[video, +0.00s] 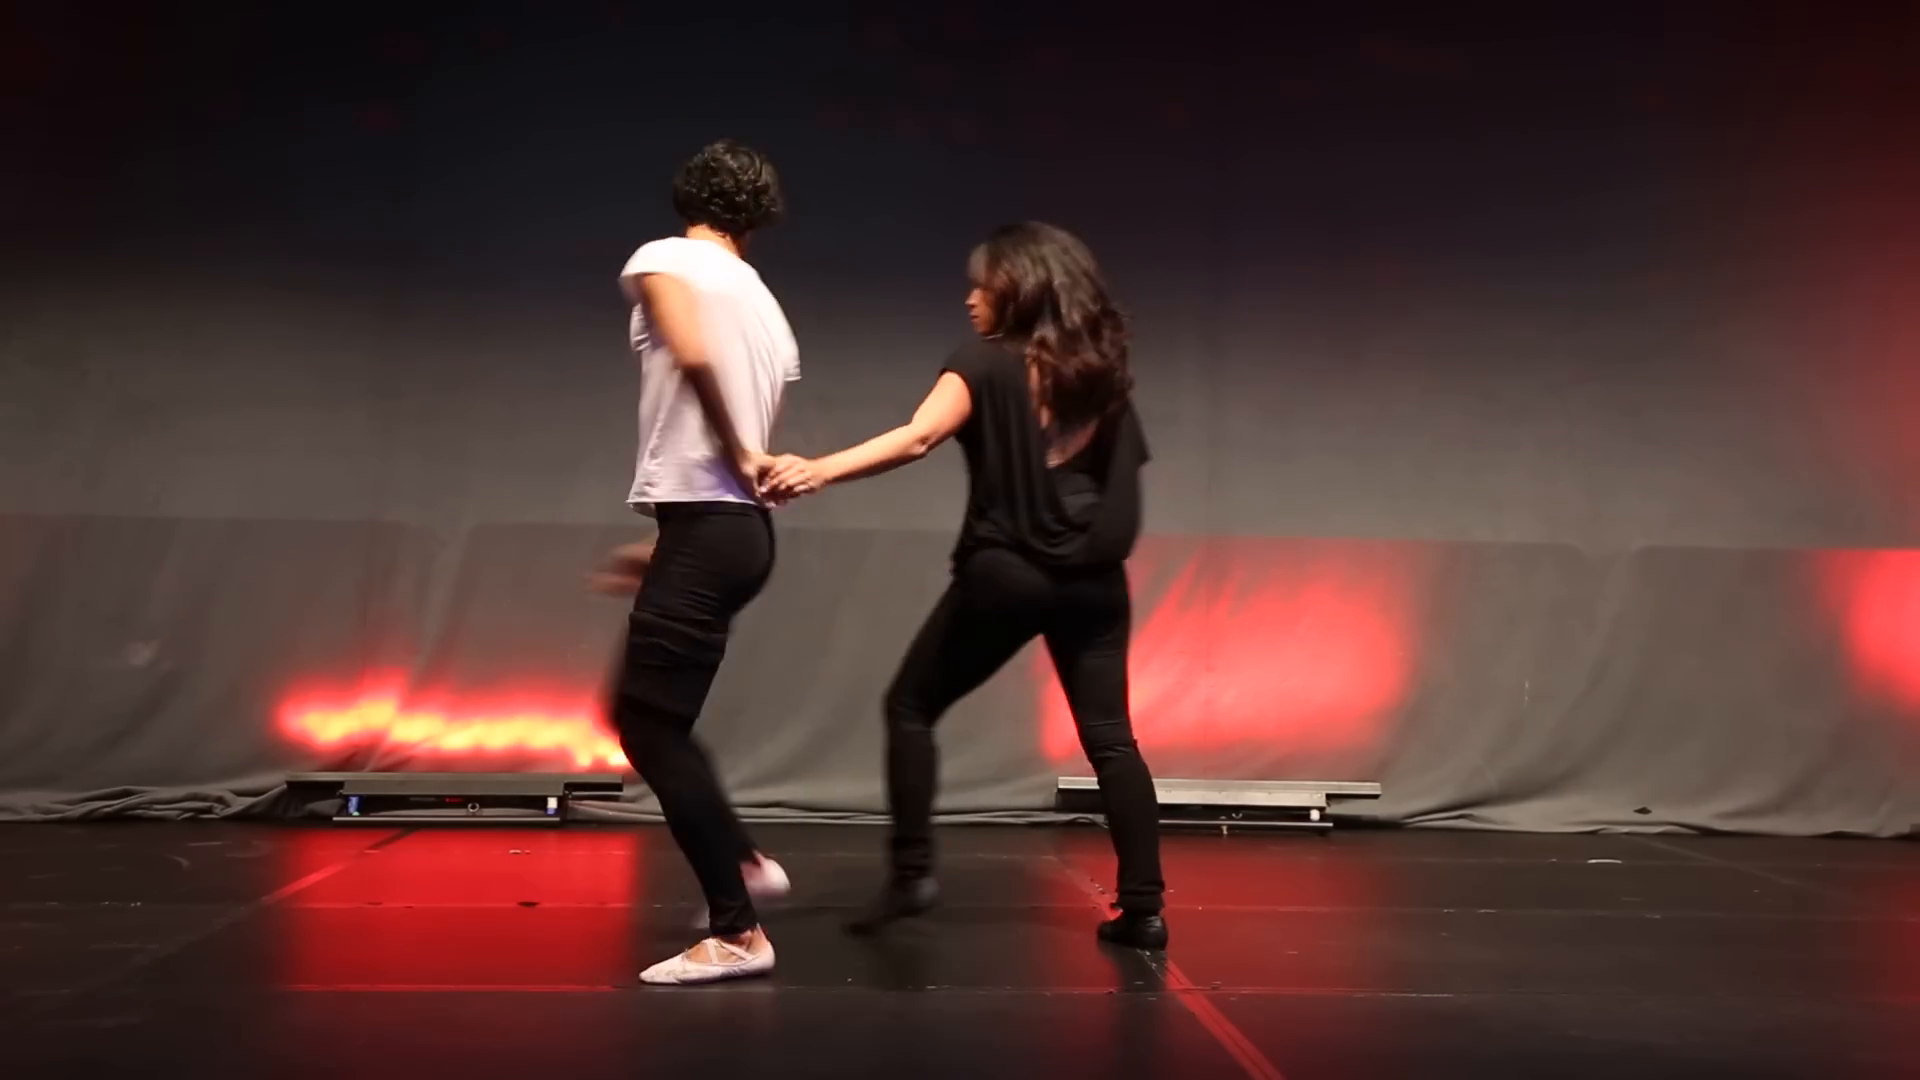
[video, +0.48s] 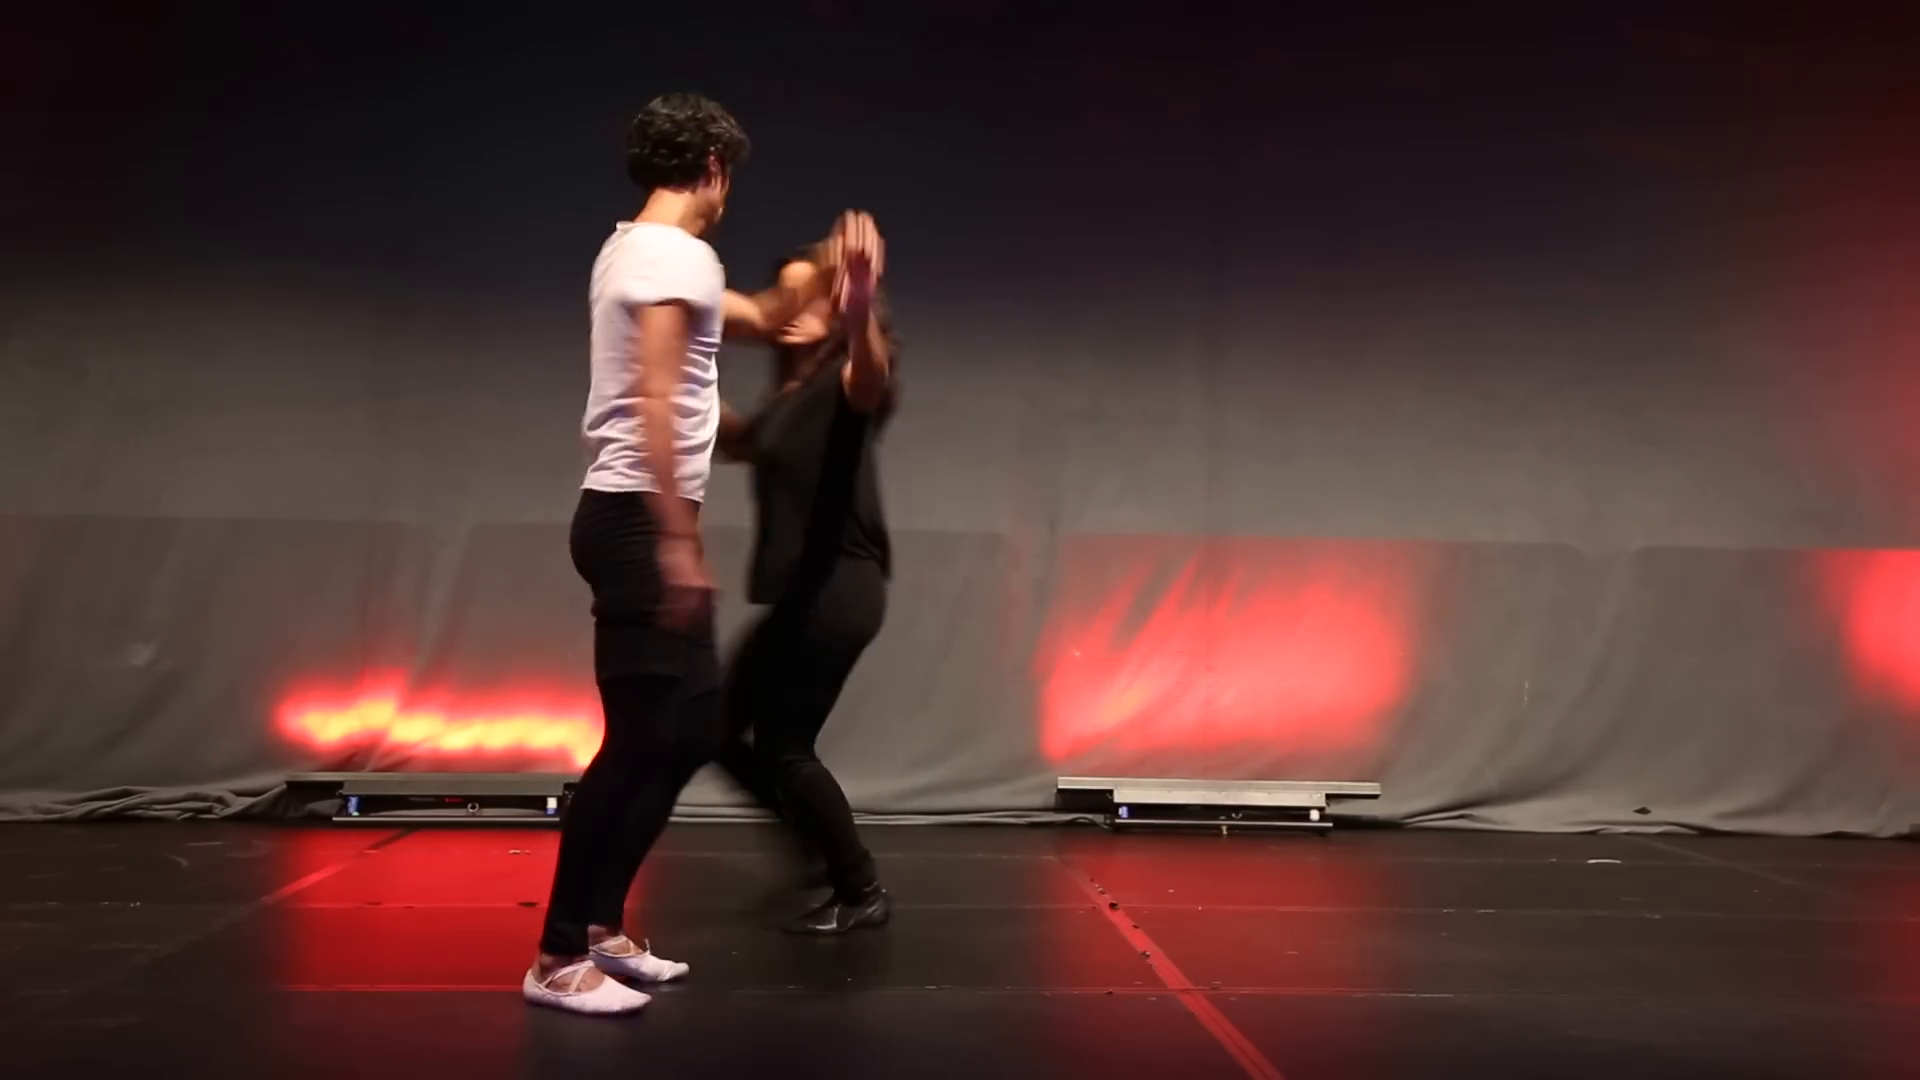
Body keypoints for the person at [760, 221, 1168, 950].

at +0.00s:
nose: (972, 299)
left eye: (981, 286)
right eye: (974, 284)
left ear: (1020, 289)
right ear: (1057, 289)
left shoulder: (981, 365)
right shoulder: (1103, 371)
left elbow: (917, 437)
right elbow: (1127, 469)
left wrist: (819, 470)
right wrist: (1092, 549)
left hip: (1000, 582)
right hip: (1092, 582)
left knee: (910, 706)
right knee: (1112, 739)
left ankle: (910, 875)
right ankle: (1144, 913)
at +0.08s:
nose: (945, 303)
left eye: (957, 290)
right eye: (948, 289)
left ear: (994, 294)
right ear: (1031, 294)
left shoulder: (961, 369)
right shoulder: (1074, 373)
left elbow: (910, 444)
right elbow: (1096, 482)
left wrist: (819, 482)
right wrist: (1058, 553)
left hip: (981, 584)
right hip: (1069, 587)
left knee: (880, 709)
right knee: (1101, 743)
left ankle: (872, 883)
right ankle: (1142, 913)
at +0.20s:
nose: (897, 311)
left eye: (911, 299)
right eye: (900, 297)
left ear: (952, 306)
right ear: (970, 308)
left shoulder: (923, 378)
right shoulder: (1010, 381)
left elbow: (891, 455)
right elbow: (1030, 481)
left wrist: (825, 495)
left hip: (939, 594)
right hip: (1012, 595)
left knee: (827, 721)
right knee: (1058, 743)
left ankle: (861, 895)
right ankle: (1134, 895)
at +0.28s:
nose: (865, 309)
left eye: (881, 297)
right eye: (867, 295)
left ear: (919, 306)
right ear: (934, 310)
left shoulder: (900, 379)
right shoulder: (955, 382)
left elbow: (871, 454)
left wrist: (817, 480)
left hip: (887, 601)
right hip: (954, 601)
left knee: (800, 734)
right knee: (993, 739)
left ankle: (859, 894)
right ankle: (1108, 863)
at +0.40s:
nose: (820, 309)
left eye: (836, 296)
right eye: (818, 297)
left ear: (877, 306)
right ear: (817, 308)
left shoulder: (878, 385)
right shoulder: (838, 391)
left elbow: (848, 412)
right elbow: (807, 447)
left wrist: (839, 353)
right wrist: (755, 401)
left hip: (854, 589)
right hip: (845, 589)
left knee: (791, 743)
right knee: (813, 741)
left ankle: (859, 895)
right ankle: (952, 835)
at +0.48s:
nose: (778, 304)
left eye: (793, 293)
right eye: (778, 293)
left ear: (833, 308)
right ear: (780, 315)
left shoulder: (850, 386)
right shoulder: (785, 401)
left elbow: (870, 375)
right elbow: (731, 440)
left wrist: (860, 293)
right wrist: (667, 401)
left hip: (840, 590)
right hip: (800, 590)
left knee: (779, 743)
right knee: (728, 731)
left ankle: (859, 892)